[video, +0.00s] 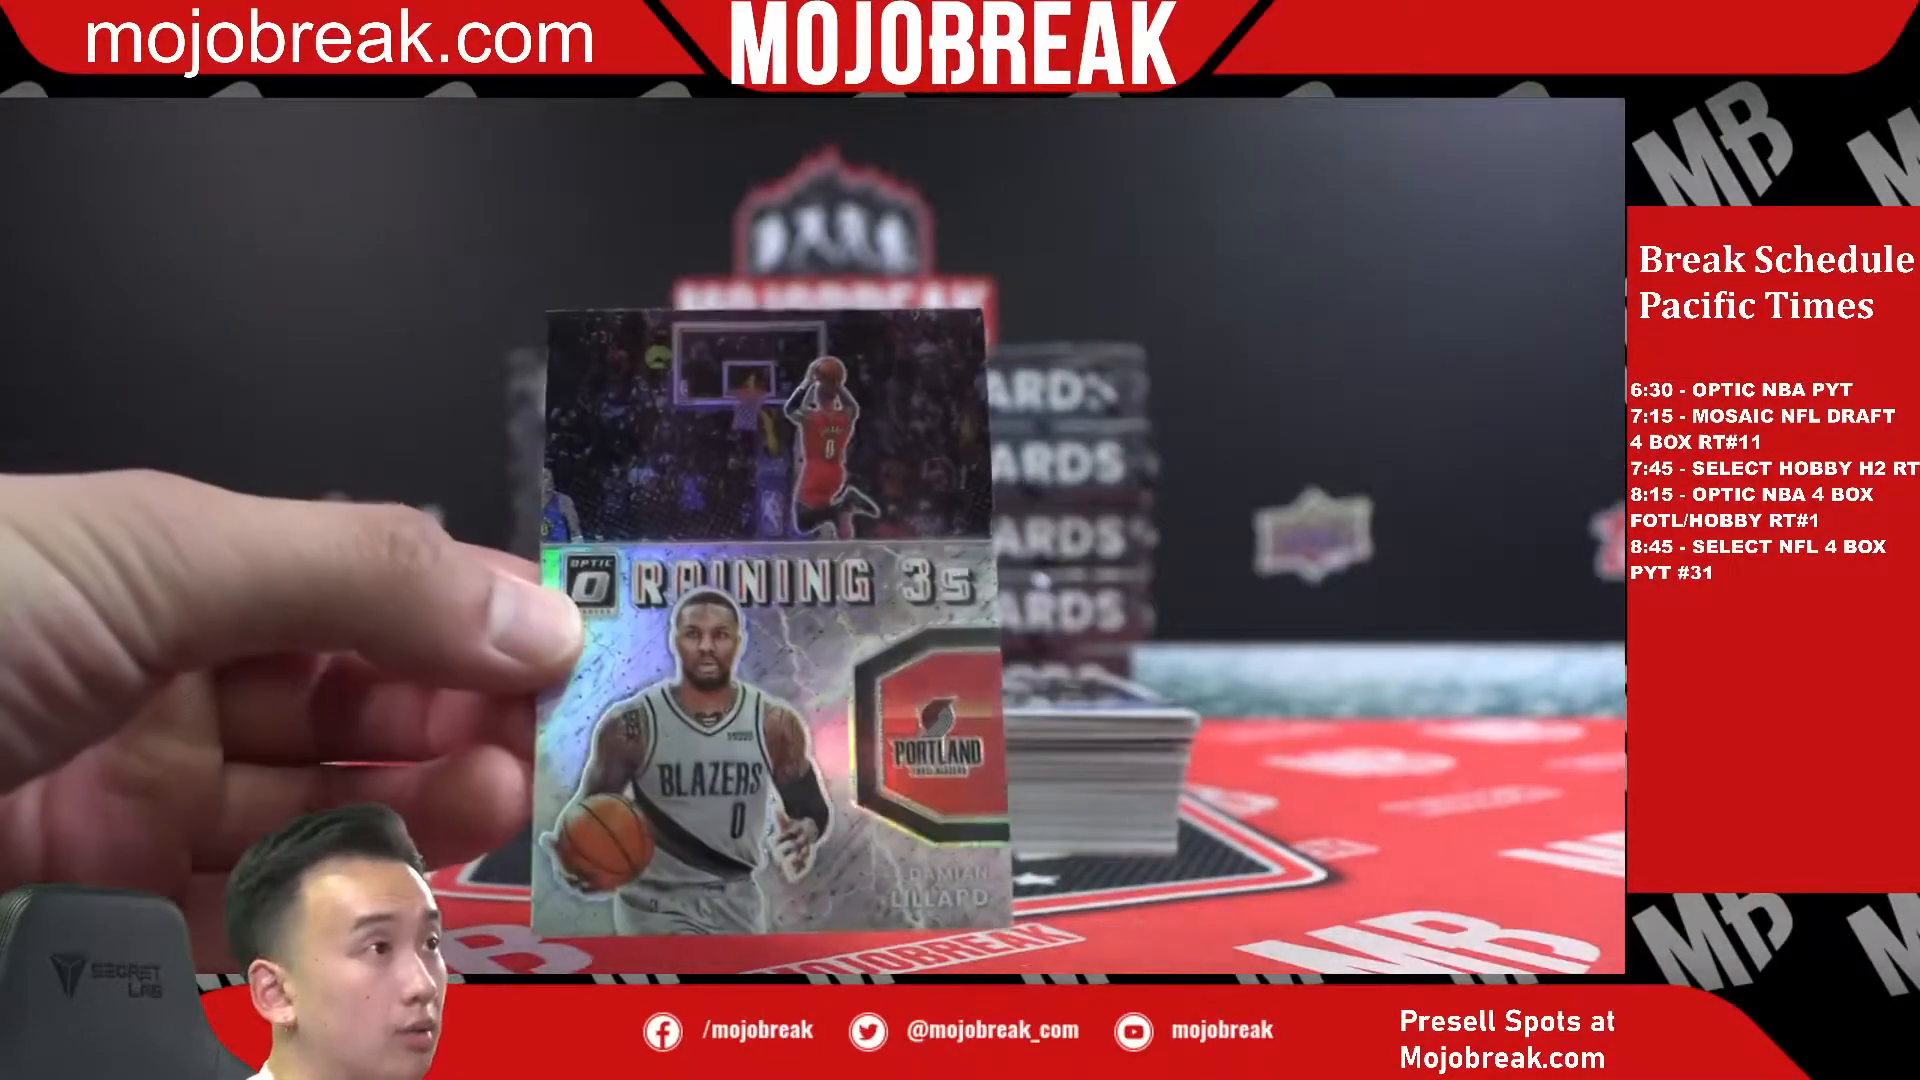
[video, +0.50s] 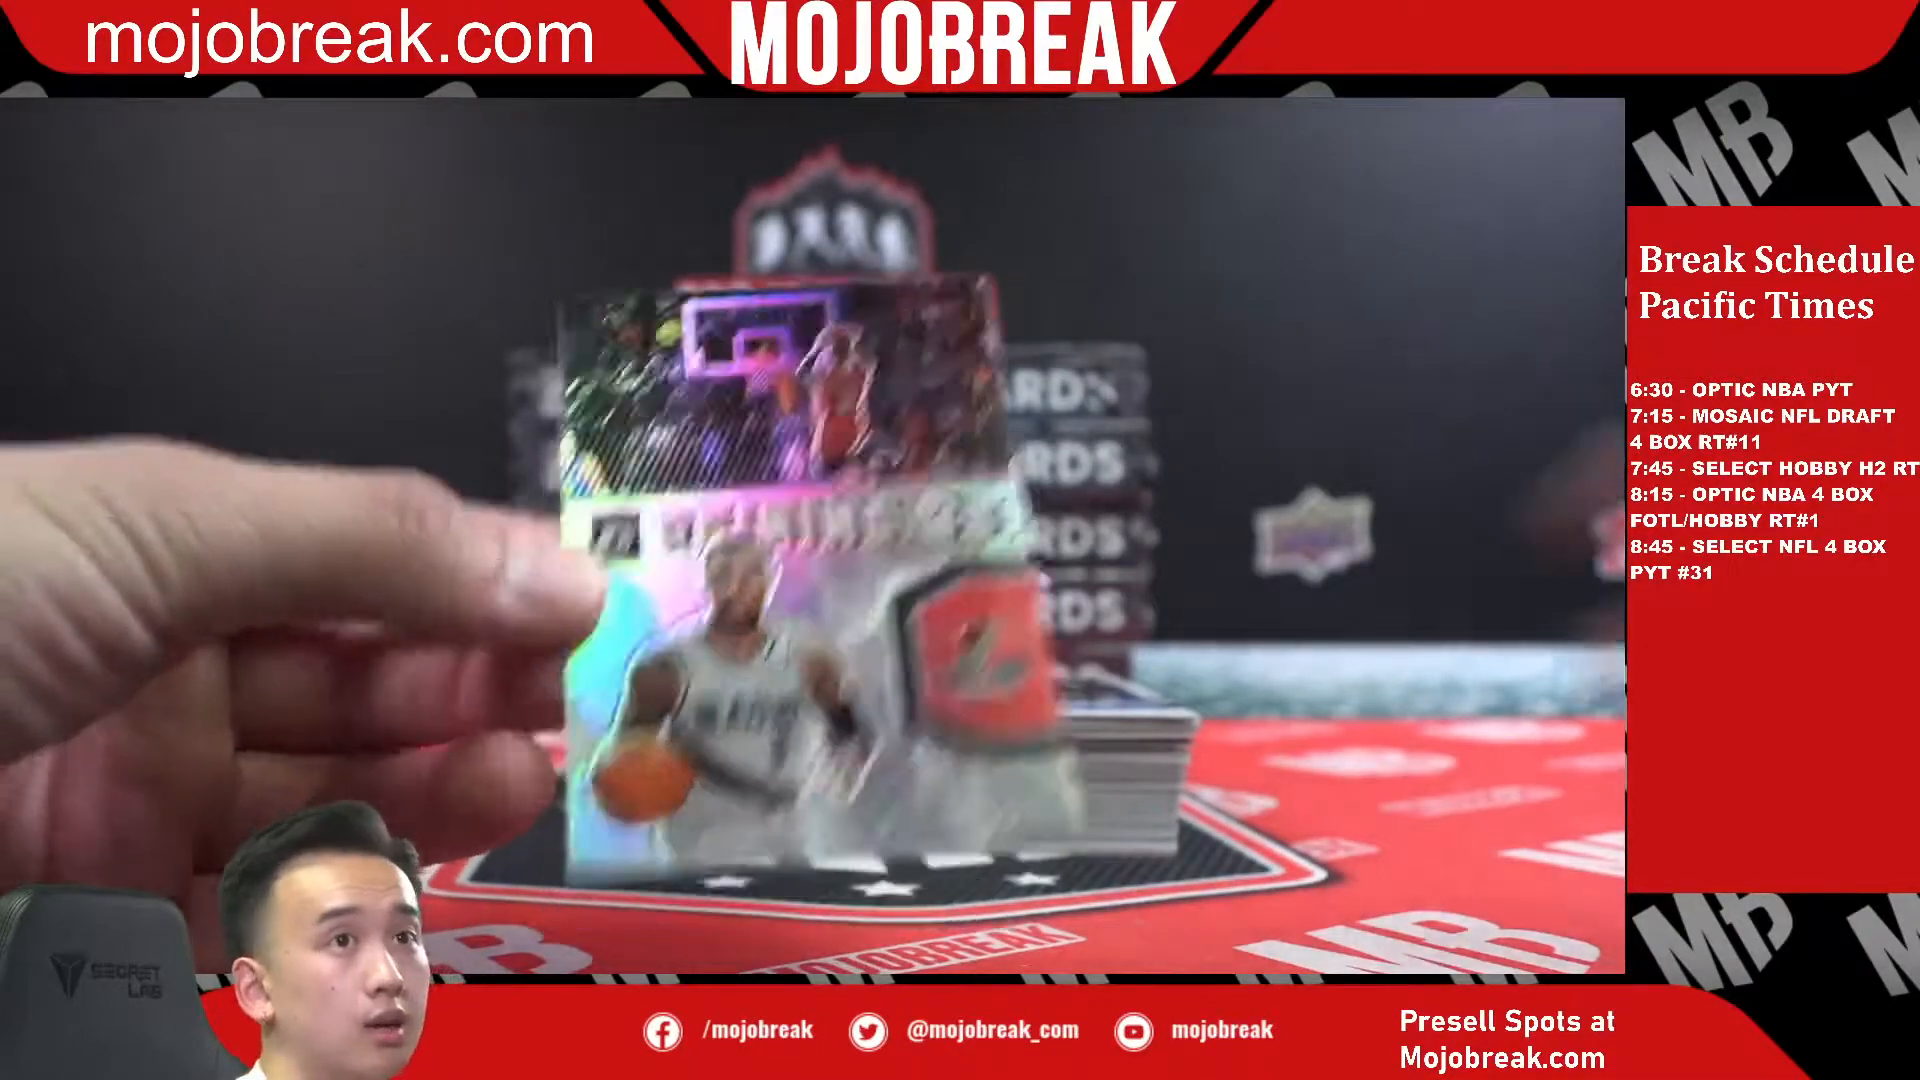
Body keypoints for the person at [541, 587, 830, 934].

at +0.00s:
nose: (707, 647)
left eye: (720, 634)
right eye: (693, 634)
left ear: (739, 643)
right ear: (674, 641)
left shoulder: (776, 723)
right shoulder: (628, 725)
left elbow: (812, 809)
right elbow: (586, 811)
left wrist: (803, 834)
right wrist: (571, 852)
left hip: (738, 901)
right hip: (657, 903)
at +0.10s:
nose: (707, 646)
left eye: (721, 634)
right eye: (694, 634)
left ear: (740, 643)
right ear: (674, 641)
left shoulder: (777, 723)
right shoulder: (629, 724)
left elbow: (814, 808)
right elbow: (588, 812)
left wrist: (804, 835)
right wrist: (572, 850)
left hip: (741, 899)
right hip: (659, 901)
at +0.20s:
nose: (710, 647)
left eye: (724, 635)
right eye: (696, 635)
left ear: (742, 644)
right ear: (676, 642)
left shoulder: (779, 725)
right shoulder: (632, 726)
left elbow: (816, 809)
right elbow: (590, 813)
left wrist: (806, 837)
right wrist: (573, 853)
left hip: (743, 902)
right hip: (661, 904)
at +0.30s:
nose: (711, 648)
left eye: (725, 636)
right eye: (697, 635)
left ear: (743, 645)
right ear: (677, 643)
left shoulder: (780, 726)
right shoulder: (632, 727)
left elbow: (816, 811)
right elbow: (590, 814)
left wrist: (807, 838)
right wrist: (574, 855)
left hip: (743, 904)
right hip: (661, 905)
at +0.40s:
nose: (717, 643)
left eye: (731, 631)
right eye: (704, 631)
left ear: (750, 642)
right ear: (684, 638)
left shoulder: (785, 720)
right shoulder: (641, 721)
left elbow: (824, 801)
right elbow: (598, 805)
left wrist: (817, 827)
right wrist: (584, 844)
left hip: (753, 910)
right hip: (664, 912)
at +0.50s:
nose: (735, 590)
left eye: (749, 576)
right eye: (723, 577)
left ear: (769, 581)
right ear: (708, 584)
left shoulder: (808, 657)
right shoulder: (666, 670)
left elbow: (854, 738)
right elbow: (619, 759)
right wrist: (628, 782)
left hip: (787, 856)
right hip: (701, 860)